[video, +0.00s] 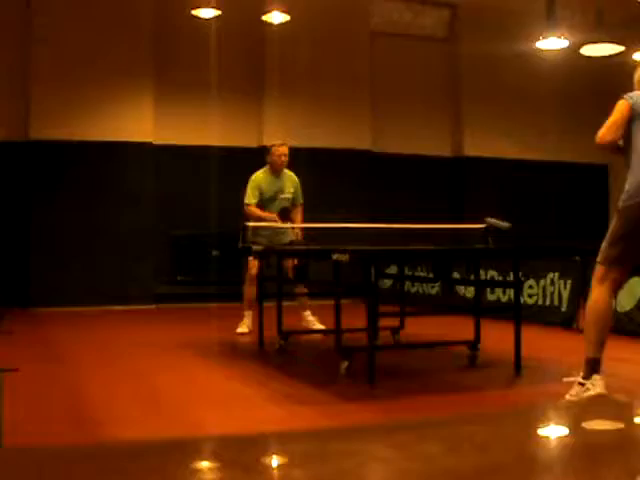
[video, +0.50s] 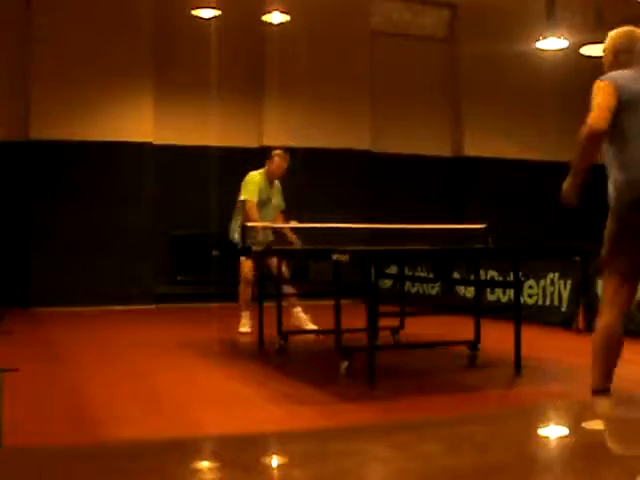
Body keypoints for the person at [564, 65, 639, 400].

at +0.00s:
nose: (636, 75)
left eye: (637, 71)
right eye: (637, 71)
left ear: (639, 76)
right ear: (639, 78)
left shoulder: (632, 99)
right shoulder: (630, 100)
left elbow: (606, 137)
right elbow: (607, 137)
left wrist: (625, 145)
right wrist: (622, 141)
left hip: (637, 199)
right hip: (633, 200)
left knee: (605, 280)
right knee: (605, 281)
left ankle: (591, 374)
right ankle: (590, 372)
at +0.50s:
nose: (602, 61)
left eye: (605, 56)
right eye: (604, 55)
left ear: (613, 56)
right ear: (635, 55)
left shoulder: (612, 82)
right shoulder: (625, 83)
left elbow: (596, 127)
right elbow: (597, 128)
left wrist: (576, 176)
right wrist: (579, 175)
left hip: (630, 202)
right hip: (628, 202)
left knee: (616, 294)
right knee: (615, 294)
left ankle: (601, 393)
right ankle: (601, 392)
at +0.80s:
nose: (539, 77)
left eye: (541, 71)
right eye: (540, 71)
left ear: (551, 78)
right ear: (577, 78)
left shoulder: (562, 107)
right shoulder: (610, 113)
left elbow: (569, 156)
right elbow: (627, 165)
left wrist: (537, 226)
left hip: (610, 216)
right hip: (637, 215)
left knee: (575, 314)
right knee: (619, 308)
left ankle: (575, 410)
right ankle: (638, 389)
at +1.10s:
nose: (517, 95)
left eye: (517, 87)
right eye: (516, 87)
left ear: (527, 85)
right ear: (555, 80)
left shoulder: (553, 107)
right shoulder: (575, 107)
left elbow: (577, 148)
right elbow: (599, 176)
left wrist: (563, 219)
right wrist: (551, 201)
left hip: (615, 215)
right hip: (632, 213)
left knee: (564, 318)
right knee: (605, 319)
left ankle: (561, 414)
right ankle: (636, 396)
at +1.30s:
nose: (512, 157)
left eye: (513, 147)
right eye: (510, 148)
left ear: (529, 141)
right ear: (545, 135)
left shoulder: (557, 154)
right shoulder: (570, 152)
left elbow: (601, 182)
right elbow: (581, 233)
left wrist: (607, 250)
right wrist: (537, 240)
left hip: (632, 245)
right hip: (634, 246)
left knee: (566, 319)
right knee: (600, 324)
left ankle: (575, 414)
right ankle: (636, 398)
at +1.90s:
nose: (516, 101)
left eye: (517, 92)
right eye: (516, 92)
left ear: (526, 93)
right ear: (560, 89)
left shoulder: (546, 115)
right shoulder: (576, 117)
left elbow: (568, 157)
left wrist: (580, 231)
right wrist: (547, 238)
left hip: (616, 227)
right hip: (635, 225)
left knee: (548, 315)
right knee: (603, 316)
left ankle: (565, 410)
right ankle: (633, 397)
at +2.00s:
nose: (516, 81)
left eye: (518, 73)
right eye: (516, 73)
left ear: (525, 75)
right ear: (562, 76)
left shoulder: (541, 101)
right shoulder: (581, 107)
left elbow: (547, 144)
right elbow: (602, 177)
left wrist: (532, 214)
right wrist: (559, 216)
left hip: (604, 219)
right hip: (631, 214)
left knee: (543, 314)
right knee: (602, 311)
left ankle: (561, 414)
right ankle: (632, 401)